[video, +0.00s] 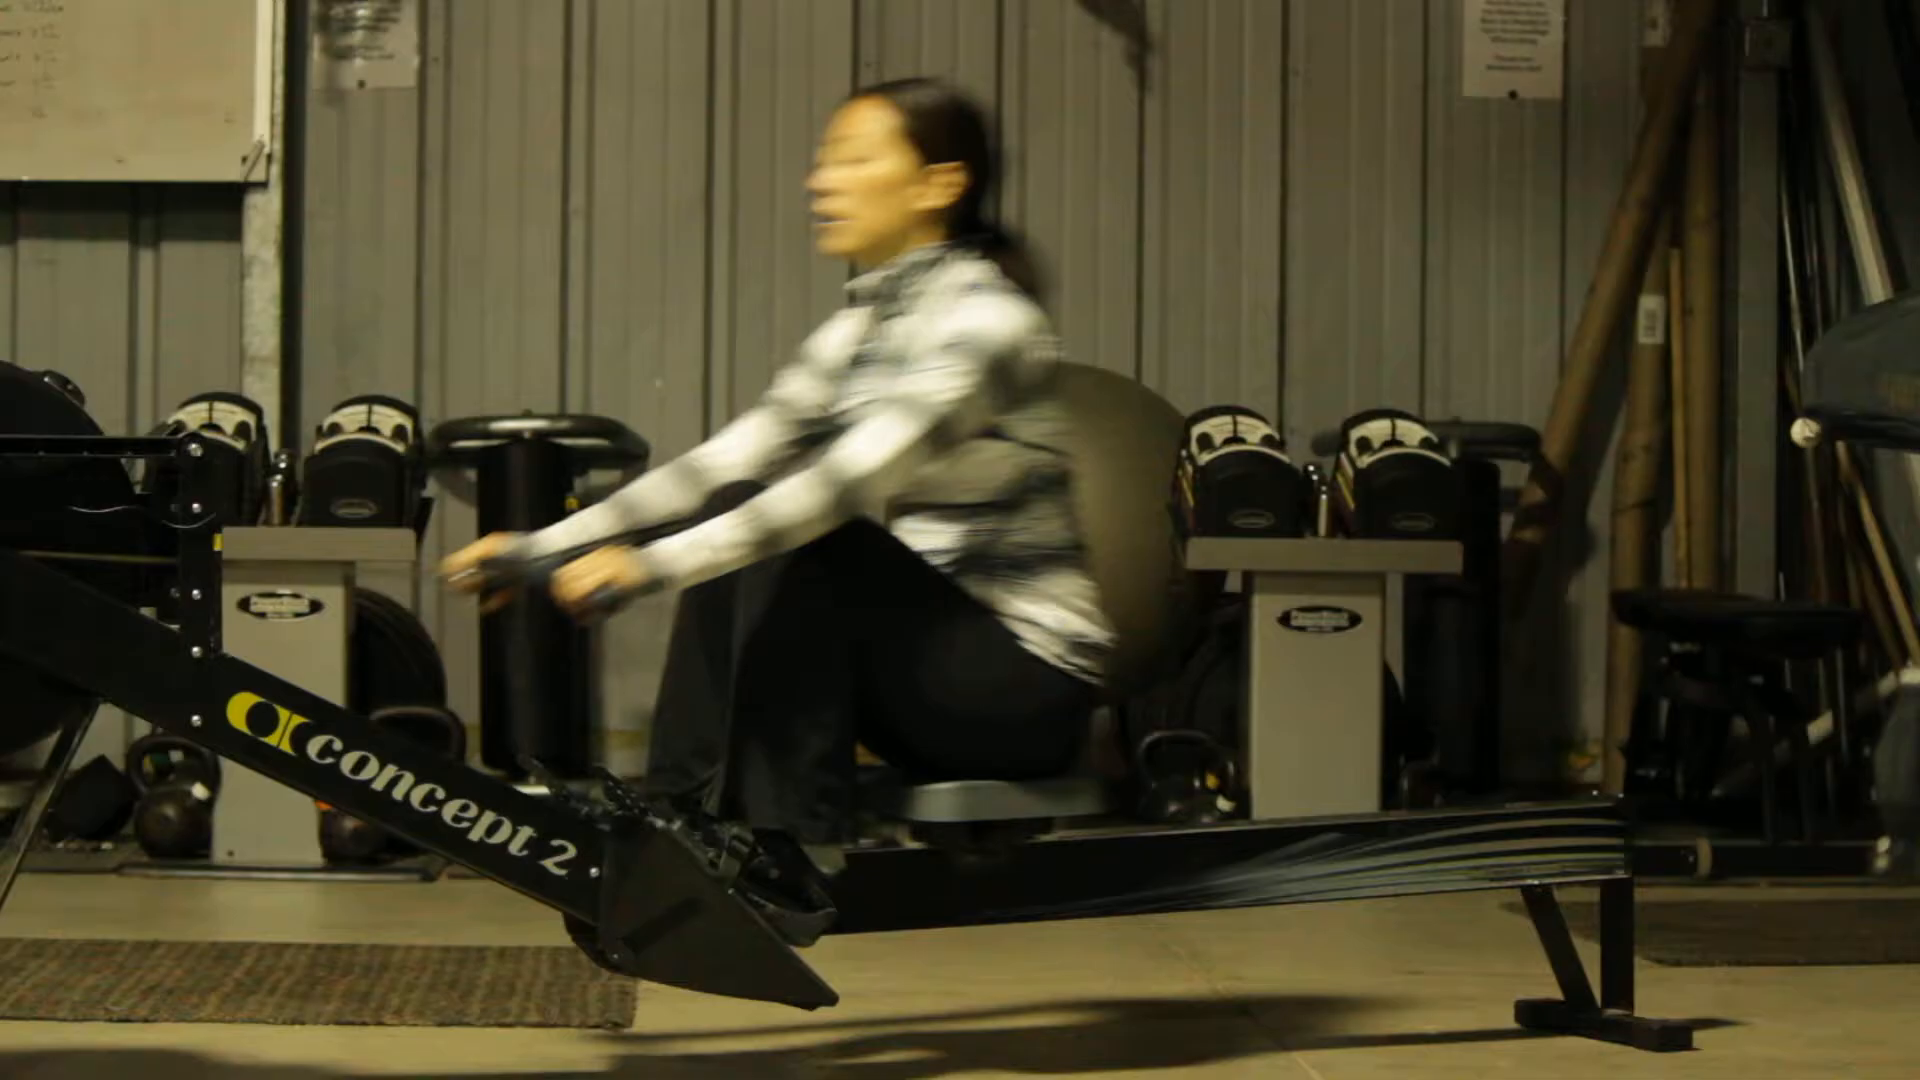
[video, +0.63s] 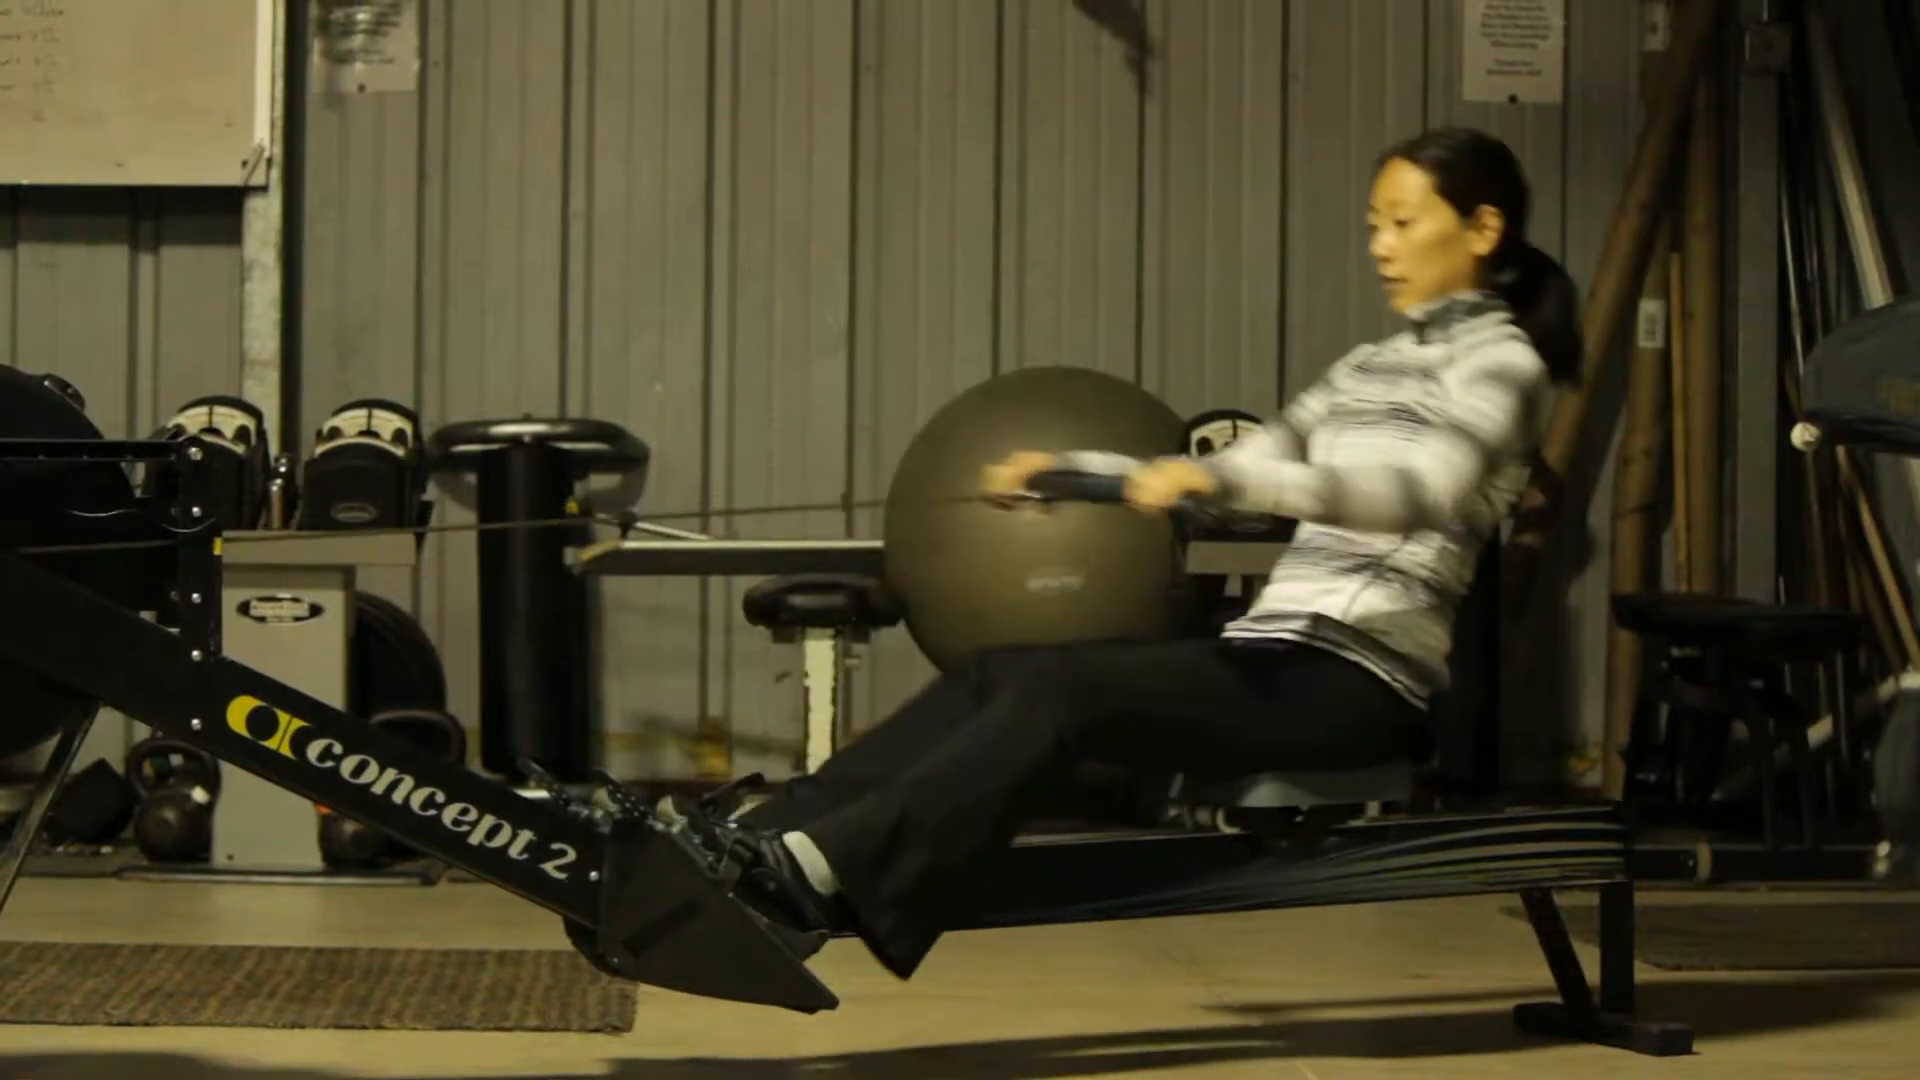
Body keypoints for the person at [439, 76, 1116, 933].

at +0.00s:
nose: (818, 181)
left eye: (850, 157)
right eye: (824, 159)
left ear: (941, 184)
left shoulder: (983, 317)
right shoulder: (866, 319)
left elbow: (838, 486)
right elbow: (736, 456)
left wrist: (651, 563)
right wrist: (543, 546)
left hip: (1028, 688)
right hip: (942, 673)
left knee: (820, 553)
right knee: (735, 546)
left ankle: (781, 853)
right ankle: (679, 823)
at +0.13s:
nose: (962, 181)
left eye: (994, 157)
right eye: (967, 156)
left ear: (1083, 179)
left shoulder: (1115, 317)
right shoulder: (990, 320)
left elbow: (955, 450)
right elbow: (836, 431)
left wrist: (764, 513)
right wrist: (637, 496)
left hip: (1103, 691)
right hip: (1017, 678)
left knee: (875, 554)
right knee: (799, 546)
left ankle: (793, 851)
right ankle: (687, 812)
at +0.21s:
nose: (1057, 186)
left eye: (1084, 161)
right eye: (1058, 162)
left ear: (1172, 182)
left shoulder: (1202, 320)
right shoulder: (1075, 318)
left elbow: (1036, 432)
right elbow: (916, 408)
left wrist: (841, 484)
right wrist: (710, 466)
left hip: (1161, 690)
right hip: (1073, 674)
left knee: (904, 555)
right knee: (835, 556)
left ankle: (798, 852)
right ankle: (700, 831)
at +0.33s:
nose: (1181, 195)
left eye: (1208, 172)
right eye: (1181, 174)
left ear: (1294, 187)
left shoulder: (1304, 321)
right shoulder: (1190, 319)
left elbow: (1133, 411)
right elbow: (1029, 393)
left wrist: (952, 458)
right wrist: (818, 444)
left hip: (1232, 687)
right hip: (1158, 669)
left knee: (955, 587)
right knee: (891, 587)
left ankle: (810, 859)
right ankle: (725, 822)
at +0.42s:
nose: (1251, 204)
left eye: (1278, 181)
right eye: (1252, 182)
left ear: (1361, 198)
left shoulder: (1374, 327)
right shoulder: (1258, 325)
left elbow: (1198, 409)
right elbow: (1114, 390)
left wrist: (1025, 454)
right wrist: (901, 443)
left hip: (1279, 686)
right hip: (1200, 665)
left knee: (993, 614)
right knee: (934, 607)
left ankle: (820, 865)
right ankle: (739, 832)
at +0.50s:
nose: (1312, 218)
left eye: (1336, 194)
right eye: (1311, 196)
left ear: (1420, 209)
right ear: (1314, 211)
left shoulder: (1430, 335)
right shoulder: (1319, 336)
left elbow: (1297, 428)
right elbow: (1180, 407)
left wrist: (1106, 454)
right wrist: (966, 454)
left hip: (1319, 679)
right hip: (1232, 659)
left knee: (1035, 642)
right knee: (963, 632)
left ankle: (820, 875)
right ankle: (750, 835)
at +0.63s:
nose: (1381, 245)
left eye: (1403, 224)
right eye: (1378, 226)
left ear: (1483, 229)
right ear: (1388, 237)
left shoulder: (1500, 354)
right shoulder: (1377, 359)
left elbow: (1430, 484)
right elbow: (1257, 465)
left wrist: (1226, 477)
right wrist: (1076, 475)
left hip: (1366, 674)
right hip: (1277, 652)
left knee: (1050, 685)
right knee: (994, 673)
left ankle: (811, 878)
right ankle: (738, 846)